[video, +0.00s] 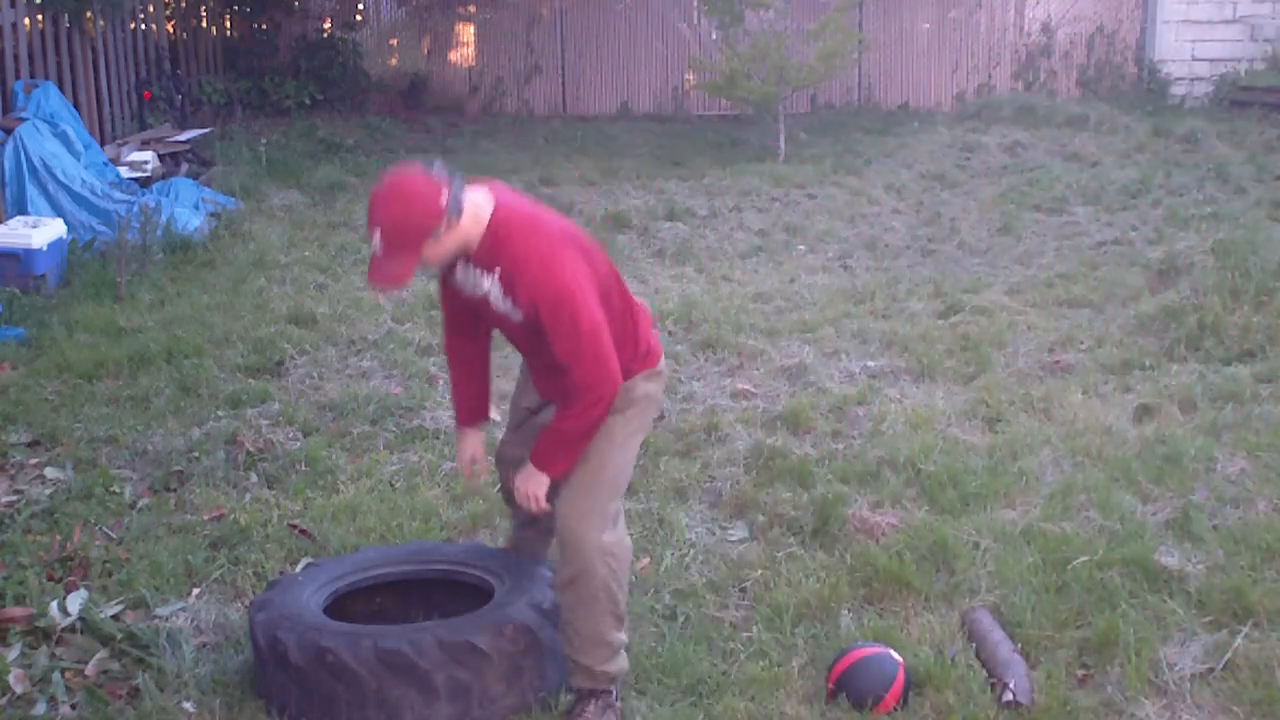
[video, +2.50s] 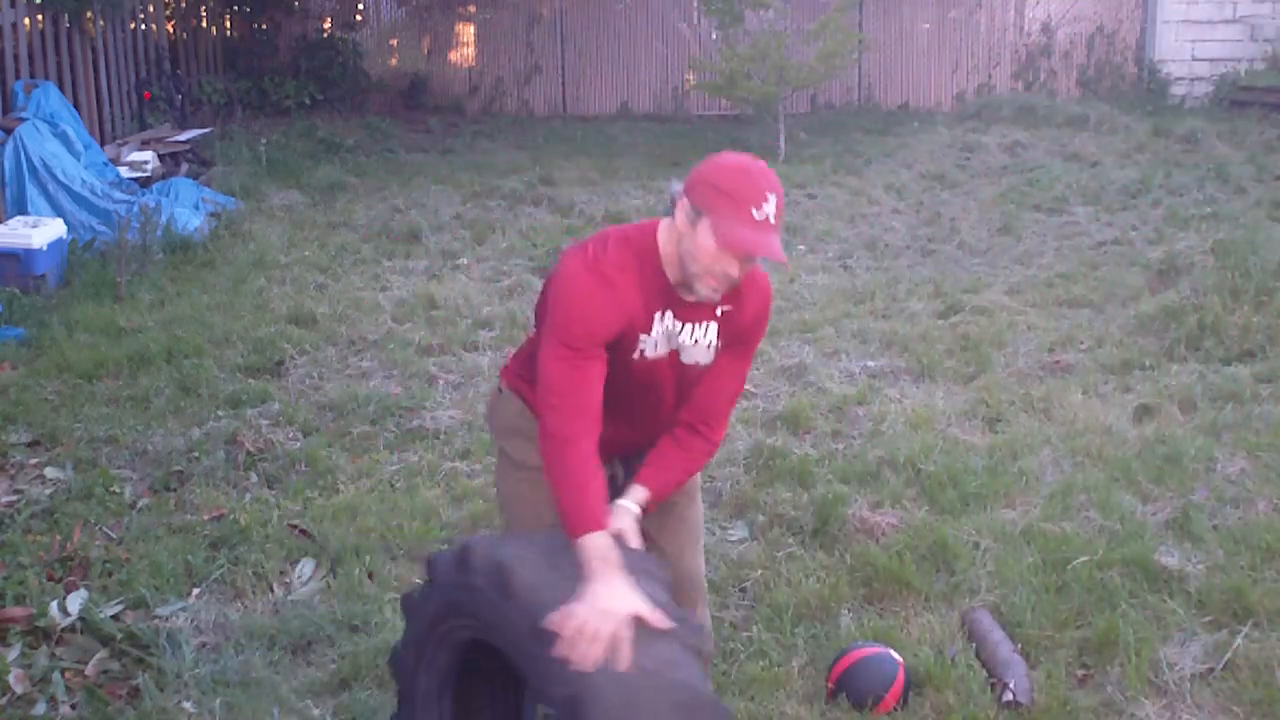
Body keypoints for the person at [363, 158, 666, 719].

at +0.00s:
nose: (423, 265)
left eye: (423, 254)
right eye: (414, 257)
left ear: (445, 223)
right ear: (437, 219)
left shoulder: (541, 257)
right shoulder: (455, 239)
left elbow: (600, 382)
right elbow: (465, 334)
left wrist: (544, 466)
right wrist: (470, 424)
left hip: (623, 373)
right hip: (549, 366)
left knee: (582, 521)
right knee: (518, 468)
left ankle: (598, 686)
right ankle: (527, 597)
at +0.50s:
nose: (444, 411)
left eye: (448, 399)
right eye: (436, 407)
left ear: (468, 360)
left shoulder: (548, 355)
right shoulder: (437, 352)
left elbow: (620, 429)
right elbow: (440, 442)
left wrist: (546, 493)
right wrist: (450, 536)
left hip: (627, 392)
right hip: (529, 397)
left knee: (592, 510)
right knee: (468, 496)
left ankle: (598, 682)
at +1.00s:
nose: (600, 284)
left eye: (615, 274)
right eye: (591, 271)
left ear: (641, 249)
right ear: (566, 230)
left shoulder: (660, 282)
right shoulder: (515, 237)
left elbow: (639, 395)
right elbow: (452, 333)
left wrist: (561, 460)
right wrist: (421, 452)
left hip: (628, 402)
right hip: (537, 390)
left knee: (628, 540)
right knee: (513, 529)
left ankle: (611, 686)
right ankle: (500, 667)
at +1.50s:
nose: (539, 277)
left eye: (552, 266)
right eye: (526, 265)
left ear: (578, 239)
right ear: (501, 230)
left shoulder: (607, 272)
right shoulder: (465, 239)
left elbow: (596, 421)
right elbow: (387, 324)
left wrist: (546, 544)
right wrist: (348, 426)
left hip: (602, 409)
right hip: (504, 396)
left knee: (605, 556)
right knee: (486, 548)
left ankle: (607, 691)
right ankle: (483, 684)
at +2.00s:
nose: (513, 259)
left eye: (525, 244)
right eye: (499, 247)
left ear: (545, 217)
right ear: (468, 227)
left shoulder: (592, 250)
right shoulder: (433, 267)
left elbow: (595, 371)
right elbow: (426, 390)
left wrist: (524, 457)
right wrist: (445, 495)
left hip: (594, 404)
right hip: (490, 415)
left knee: (635, 552)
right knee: (480, 569)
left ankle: (663, 705)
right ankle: (484, 705)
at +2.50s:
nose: (735, 270)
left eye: (749, 256)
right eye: (727, 248)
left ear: (763, 248)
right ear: (683, 215)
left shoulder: (749, 297)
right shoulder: (591, 276)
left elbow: (702, 427)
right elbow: (568, 432)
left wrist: (631, 501)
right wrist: (601, 569)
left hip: (660, 446)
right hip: (551, 434)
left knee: (685, 633)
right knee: (556, 621)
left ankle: (686, 707)